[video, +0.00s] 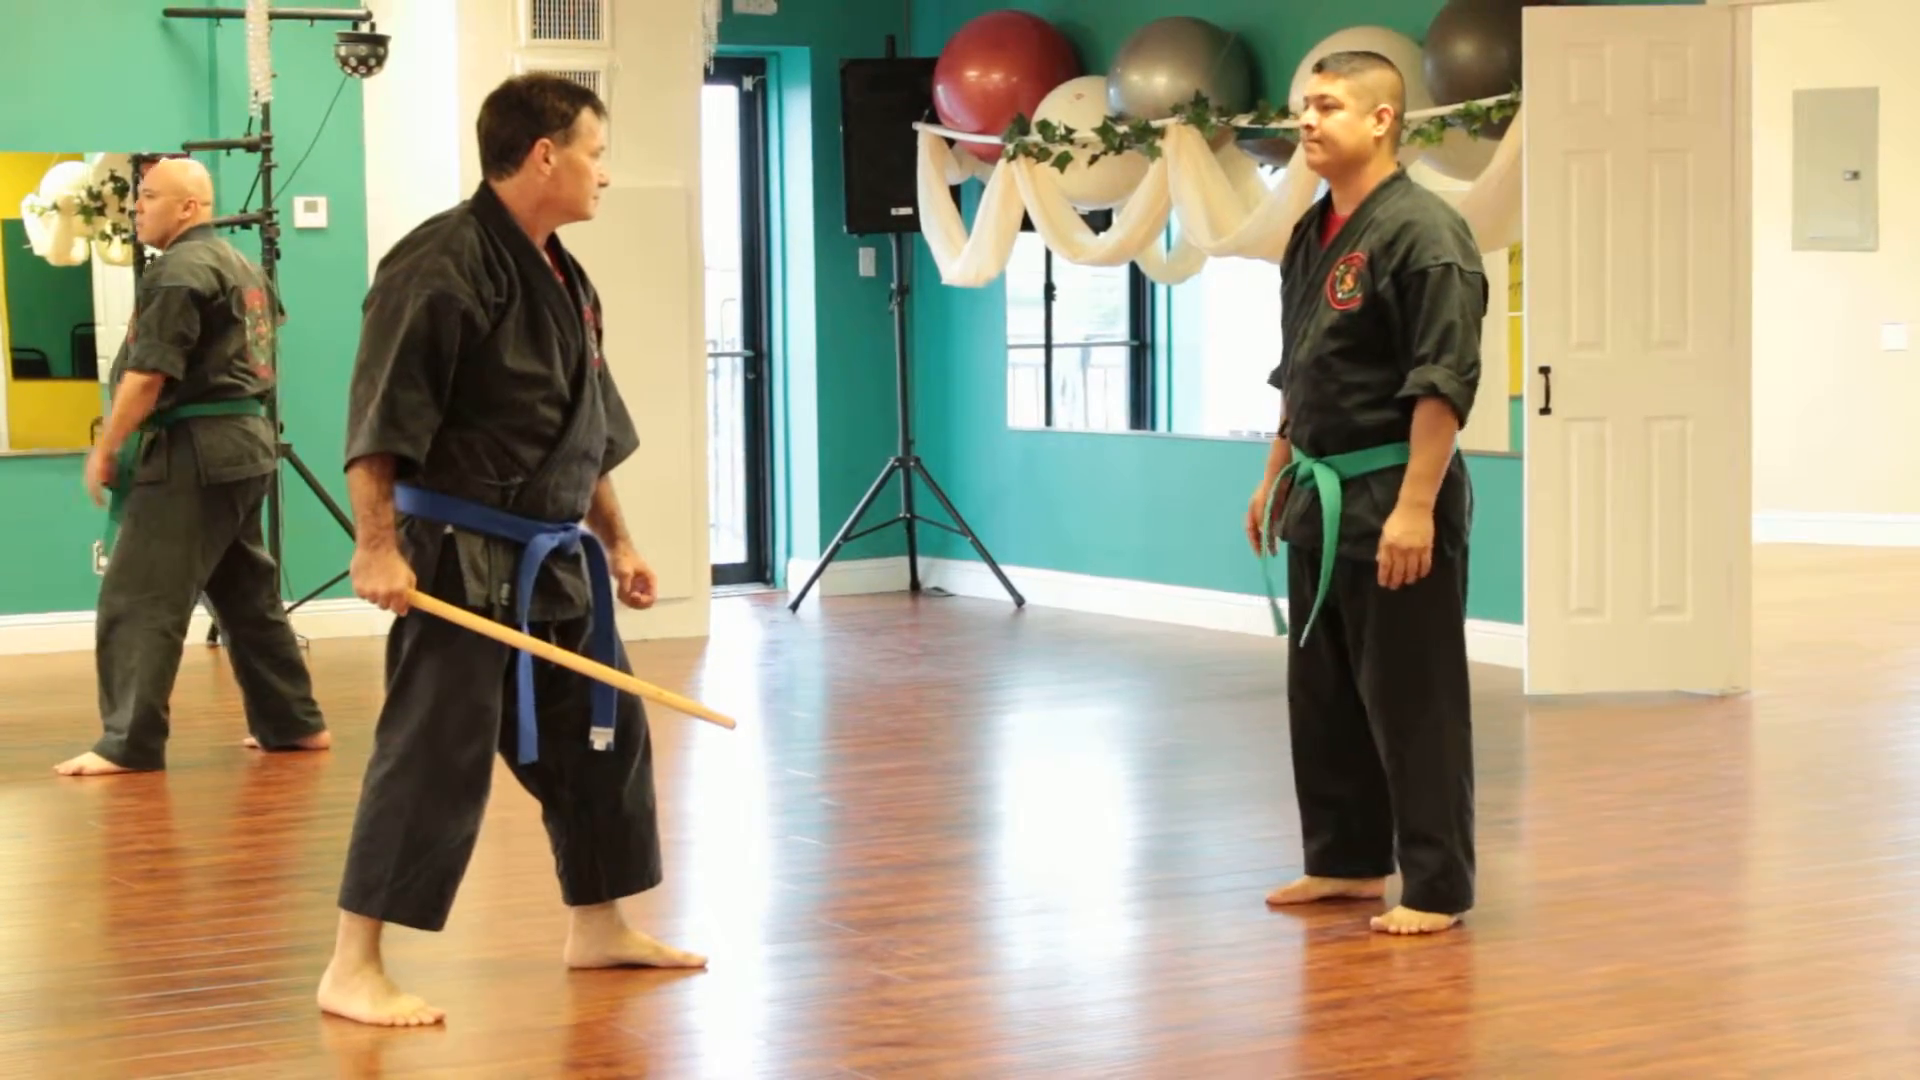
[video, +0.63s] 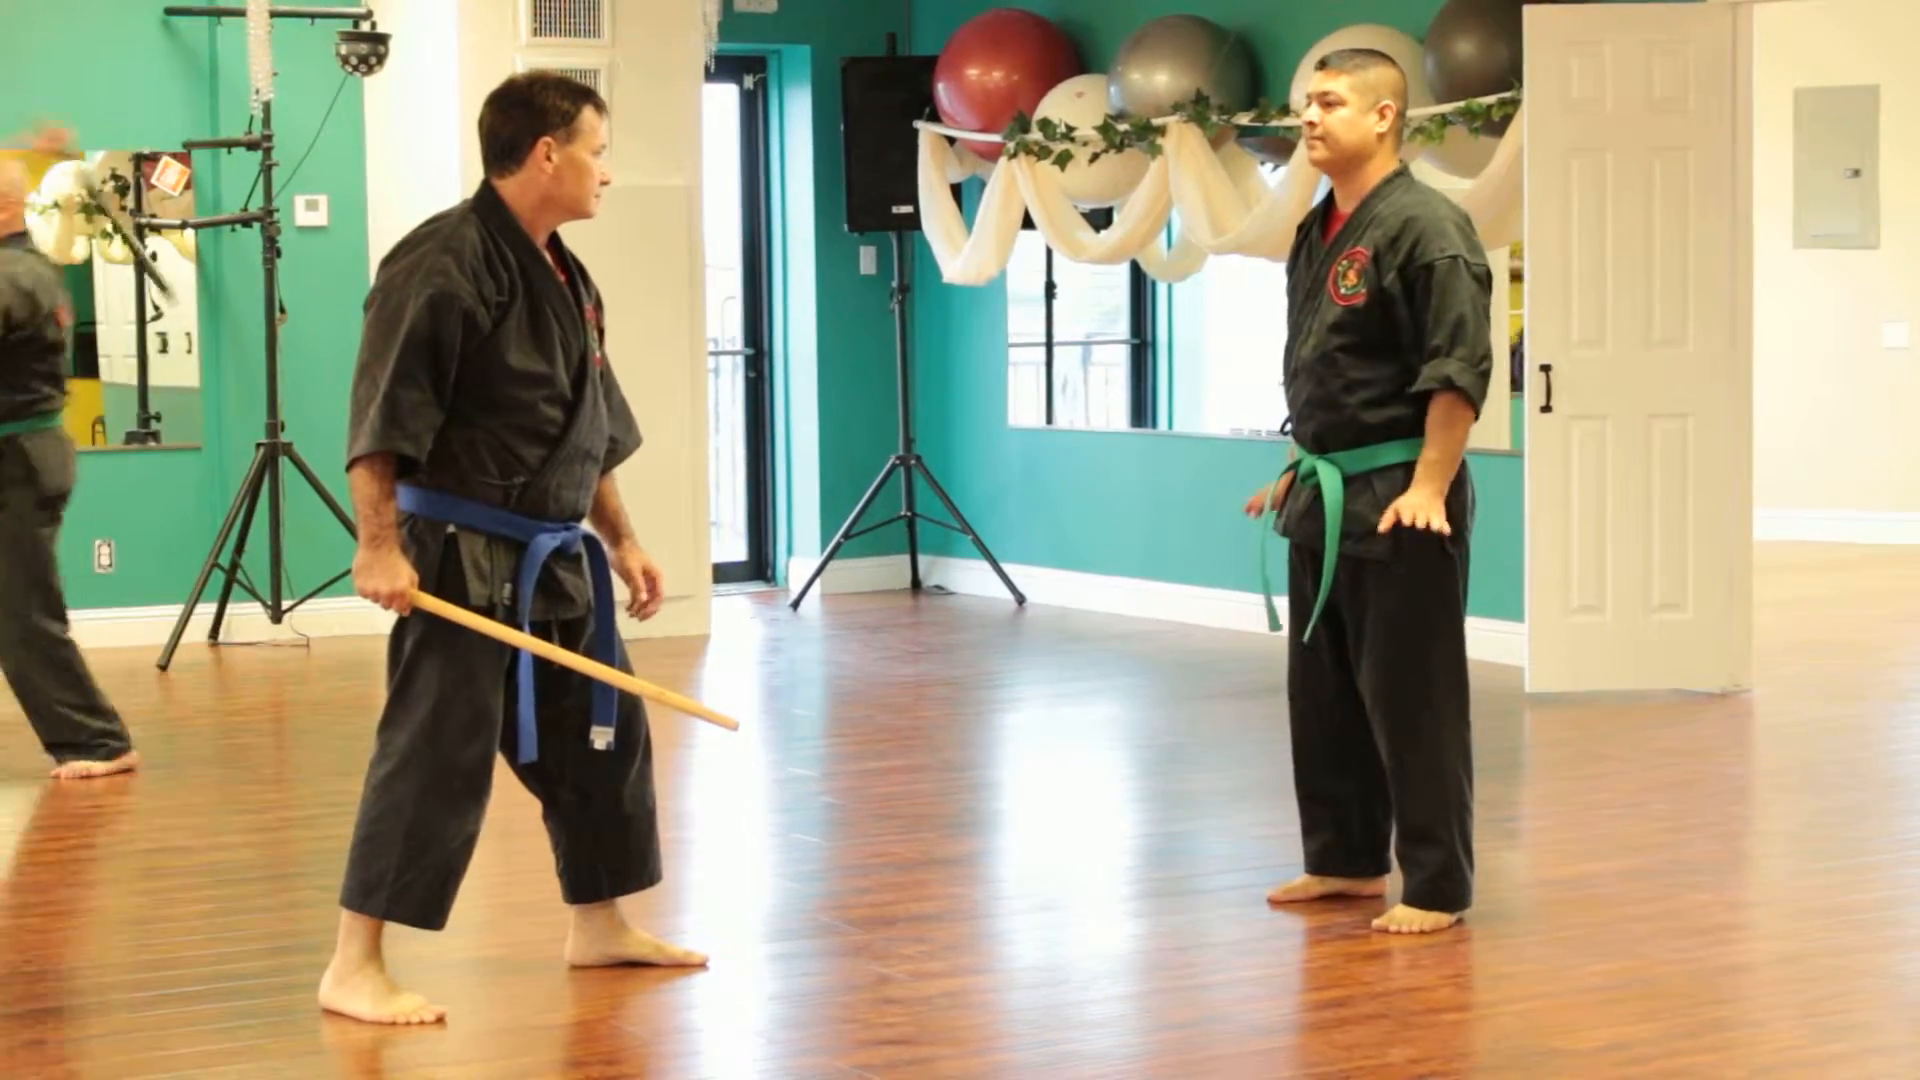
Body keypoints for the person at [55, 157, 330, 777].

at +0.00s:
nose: (136, 208)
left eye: (147, 197)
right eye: (139, 197)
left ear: (187, 206)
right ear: (195, 209)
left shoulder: (178, 271)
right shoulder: (238, 263)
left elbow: (147, 376)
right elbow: (251, 359)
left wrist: (105, 447)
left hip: (194, 447)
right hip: (245, 441)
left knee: (141, 594)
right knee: (245, 591)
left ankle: (130, 744)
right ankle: (292, 723)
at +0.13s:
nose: (122, 211)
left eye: (134, 201)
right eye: (125, 200)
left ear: (174, 211)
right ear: (185, 212)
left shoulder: (157, 272)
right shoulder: (229, 267)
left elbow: (100, 359)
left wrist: (39, 418)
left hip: (182, 451)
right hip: (240, 444)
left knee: (118, 589)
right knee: (232, 586)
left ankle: (126, 742)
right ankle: (290, 722)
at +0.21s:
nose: (106, 221)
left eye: (116, 211)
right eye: (109, 210)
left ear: (154, 220)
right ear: (167, 221)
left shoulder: (136, 274)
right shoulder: (210, 273)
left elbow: (47, 341)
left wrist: (8, 371)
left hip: (172, 457)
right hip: (234, 450)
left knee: (97, 586)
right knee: (219, 586)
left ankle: (112, 742)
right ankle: (290, 723)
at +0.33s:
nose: (68, 220)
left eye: (81, 210)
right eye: (72, 208)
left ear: (117, 221)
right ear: (136, 221)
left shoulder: (92, 269)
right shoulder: (172, 267)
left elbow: (12, 304)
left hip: (132, 459)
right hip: (186, 449)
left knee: (63, 595)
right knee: (205, 585)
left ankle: (99, 745)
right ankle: (285, 712)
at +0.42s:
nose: (36, 217)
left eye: (46, 206)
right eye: (39, 207)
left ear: (86, 209)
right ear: (100, 211)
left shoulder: (64, 264)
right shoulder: (139, 255)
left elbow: (13, 290)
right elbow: (154, 233)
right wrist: (151, 176)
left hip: (81, 457)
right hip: (140, 448)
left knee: (46, 605)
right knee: (140, 583)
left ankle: (98, 744)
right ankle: (245, 685)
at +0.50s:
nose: (6, 209)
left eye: (17, 199)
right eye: (10, 198)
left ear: (49, 208)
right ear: (63, 210)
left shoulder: (42, 259)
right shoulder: (95, 252)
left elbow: (16, 285)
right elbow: (121, 230)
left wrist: (11, 286)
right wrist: (138, 175)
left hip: (53, 453)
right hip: (75, 447)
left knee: (36, 608)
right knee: (41, 596)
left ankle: (99, 745)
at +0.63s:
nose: (3, 201)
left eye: (5, 193)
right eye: (6, 193)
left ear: (9, 204)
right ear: (18, 205)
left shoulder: (16, 273)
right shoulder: (37, 267)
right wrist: (46, 162)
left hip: (20, 446)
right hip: (37, 440)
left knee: (24, 609)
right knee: (23, 607)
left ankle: (93, 741)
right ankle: (90, 738)